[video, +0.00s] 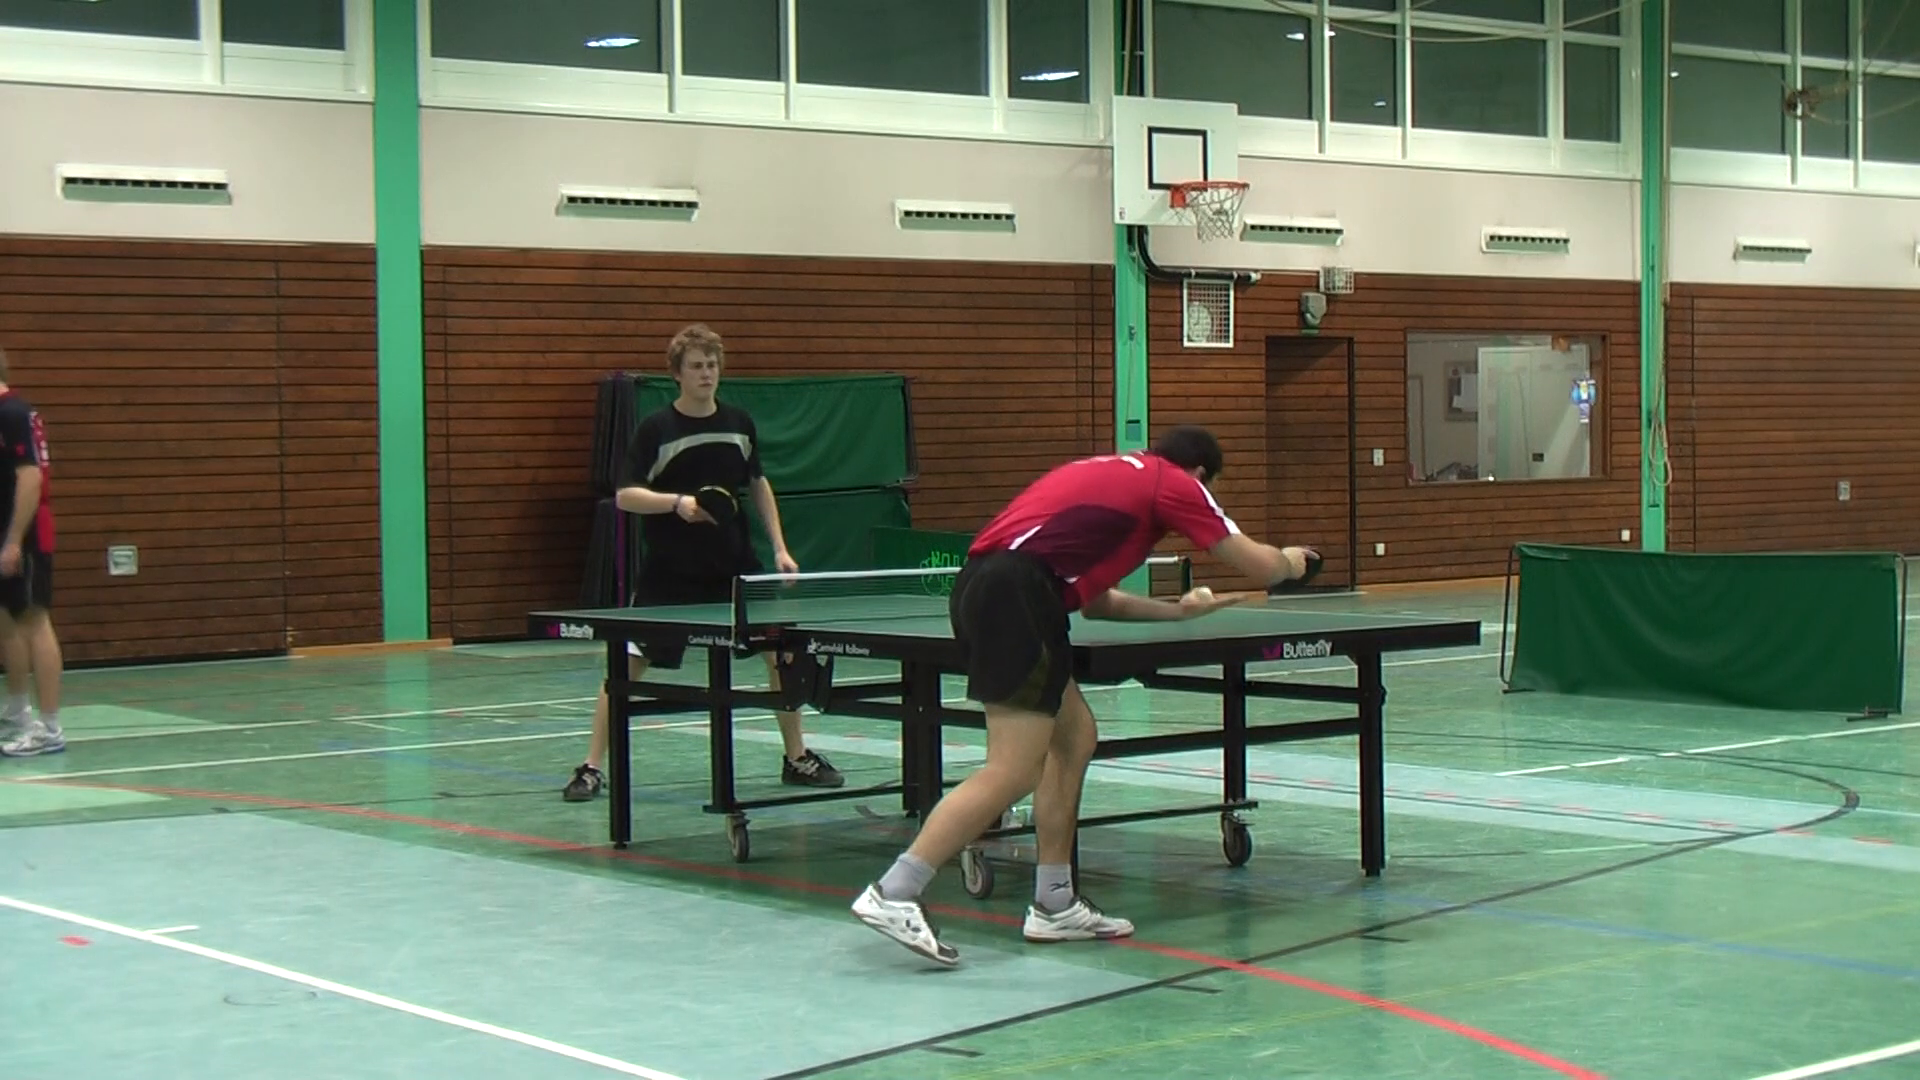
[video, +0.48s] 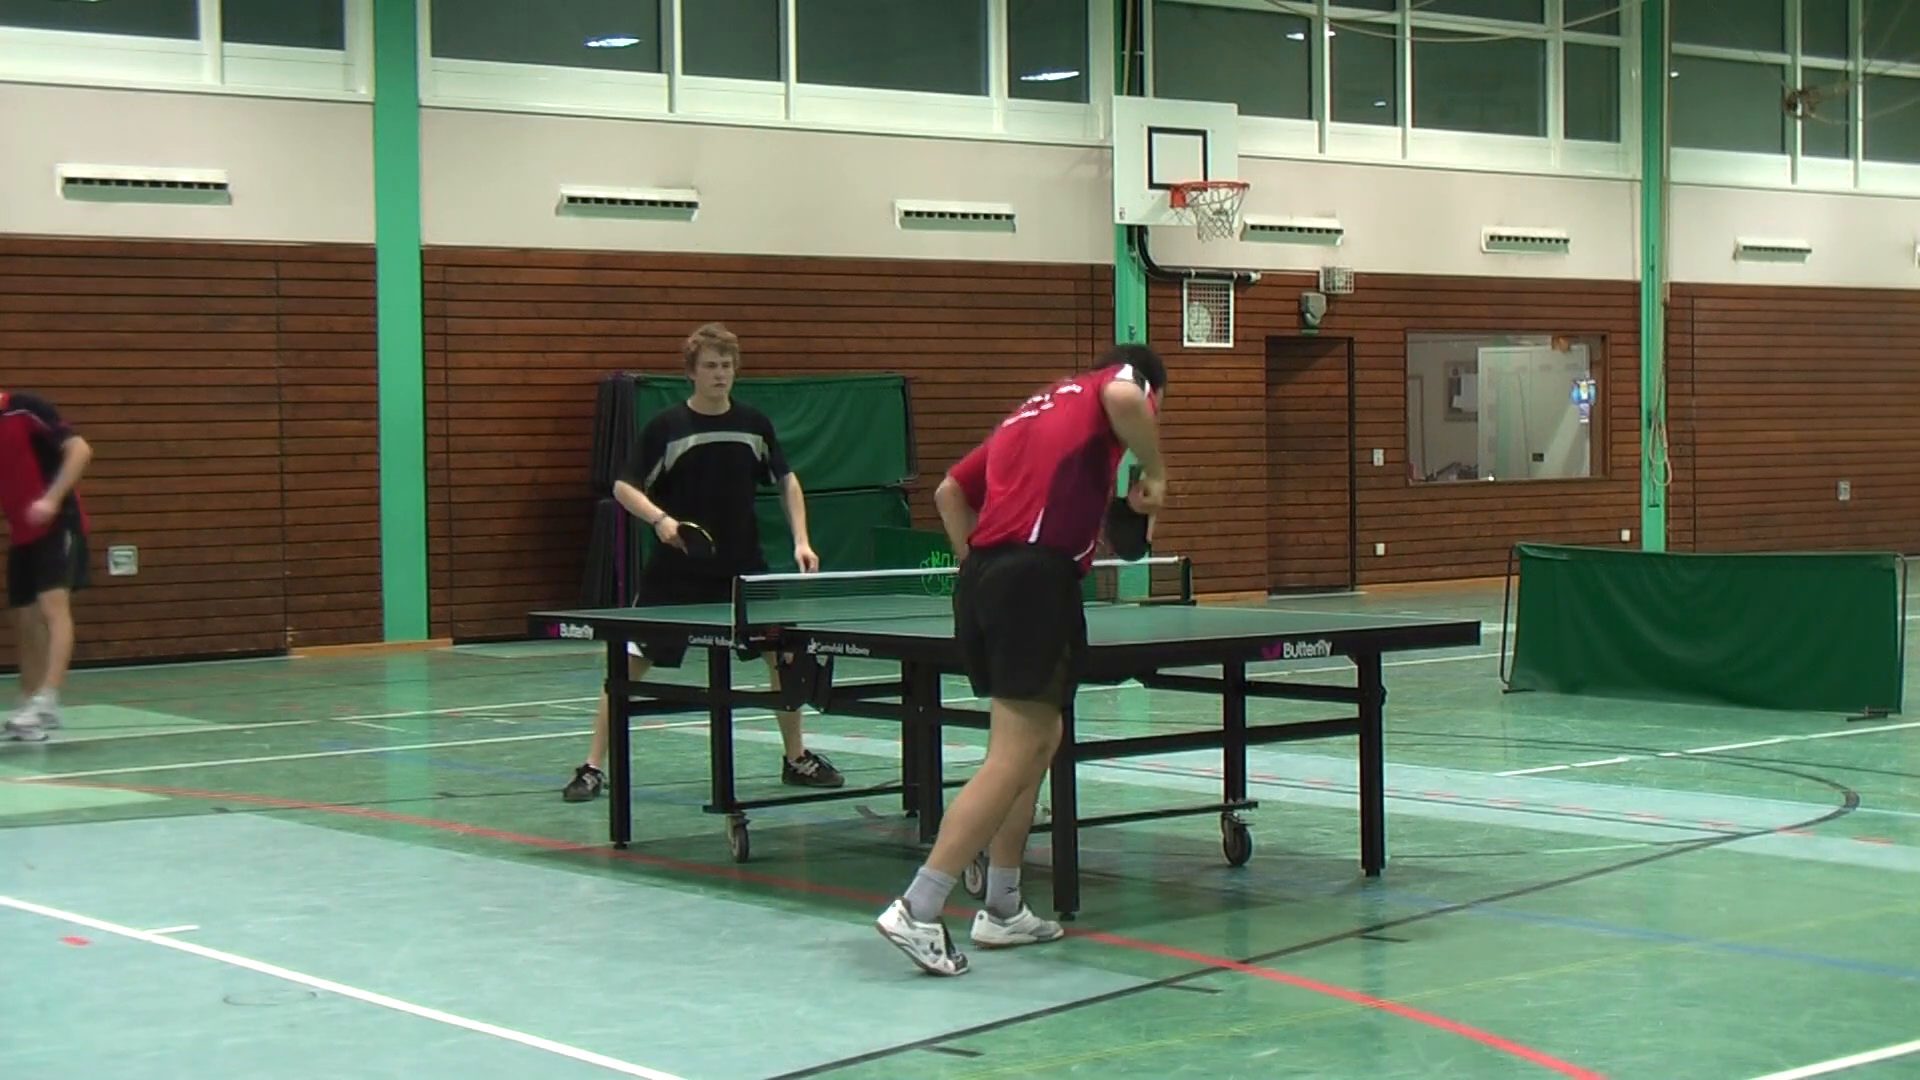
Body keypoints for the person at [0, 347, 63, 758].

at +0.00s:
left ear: (1, 376)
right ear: (5, 375)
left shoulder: (14, 411)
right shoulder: (14, 410)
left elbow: (30, 478)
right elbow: (29, 478)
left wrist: (14, 540)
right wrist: (14, 538)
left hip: (27, 540)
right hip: (11, 540)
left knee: (36, 623)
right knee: (9, 624)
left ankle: (49, 726)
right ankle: (16, 717)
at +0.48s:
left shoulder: (24, 408)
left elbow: (79, 449)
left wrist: (51, 499)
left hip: (52, 525)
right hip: (18, 530)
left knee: (54, 604)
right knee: (25, 615)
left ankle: (48, 703)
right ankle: (33, 704)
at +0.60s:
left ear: (4, 383)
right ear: (1, 387)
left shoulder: (43, 410)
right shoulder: (4, 427)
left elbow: (96, 450)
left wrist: (100, 508)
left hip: (59, 535)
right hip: (20, 541)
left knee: (69, 613)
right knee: (29, 622)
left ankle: (84, 712)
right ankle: (30, 717)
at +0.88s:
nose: (10, 381)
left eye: (17, 373)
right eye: (7, 375)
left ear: (44, 373)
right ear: (10, 380)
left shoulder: (86, 417)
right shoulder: (14, 431)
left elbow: (127, 466)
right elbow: (8, 494)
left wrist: (158, 514)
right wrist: (9, 538)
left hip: (82, 545)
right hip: (32, 547)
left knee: (100, 624)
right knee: (21, 621)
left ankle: (118, 713)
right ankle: (29, 717)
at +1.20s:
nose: (27, 383)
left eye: (35, 376)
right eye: (26, 377)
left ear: (62, 374)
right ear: (30, 379)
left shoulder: (98, 423)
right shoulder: (31, 424)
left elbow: (118, 488)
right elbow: (28, 480)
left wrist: (116, 546)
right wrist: (21, 532)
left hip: (84, 547)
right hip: (34, 545)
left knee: (103, 628)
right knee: (12, 618)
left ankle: (119, 713)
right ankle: (9, 712)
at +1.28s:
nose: (17, 387)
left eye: (24, 379)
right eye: (15, 380)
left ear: (51, 376)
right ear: (23, 382)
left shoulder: (89, 423)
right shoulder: (24, 428)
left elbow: (104, 489)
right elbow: (20, 486)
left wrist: (86, 543)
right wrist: (6, 538)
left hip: (78, 548)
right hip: (29, 548)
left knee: (102, 629)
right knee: (7, 619)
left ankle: (118, 712)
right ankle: (1, 710)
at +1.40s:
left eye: (2, 388)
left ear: (24, 383)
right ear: (11, 386)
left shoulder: (67, 424)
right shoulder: (7, 433)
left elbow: (82, 484)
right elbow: (5, 491)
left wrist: (45, 533)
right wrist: (2, 531)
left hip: (67, 552)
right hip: (15, 552)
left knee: (95, 629)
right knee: (2, 624)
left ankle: (116, 710)